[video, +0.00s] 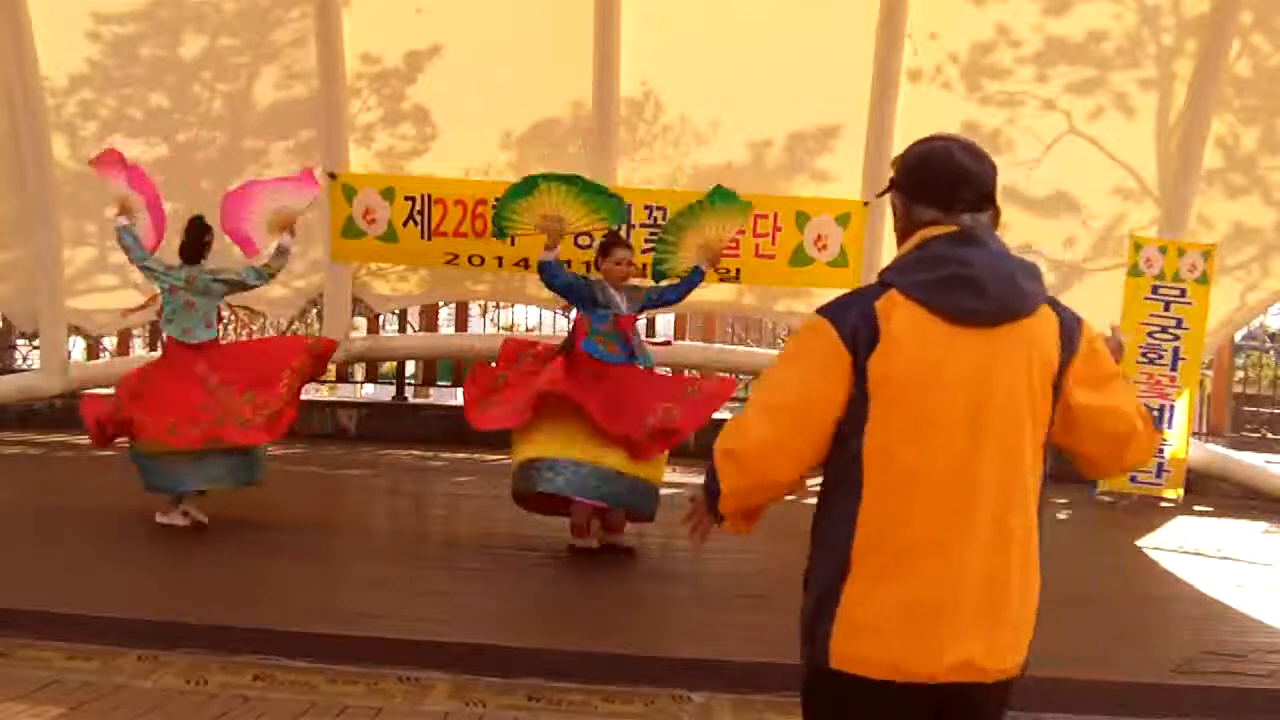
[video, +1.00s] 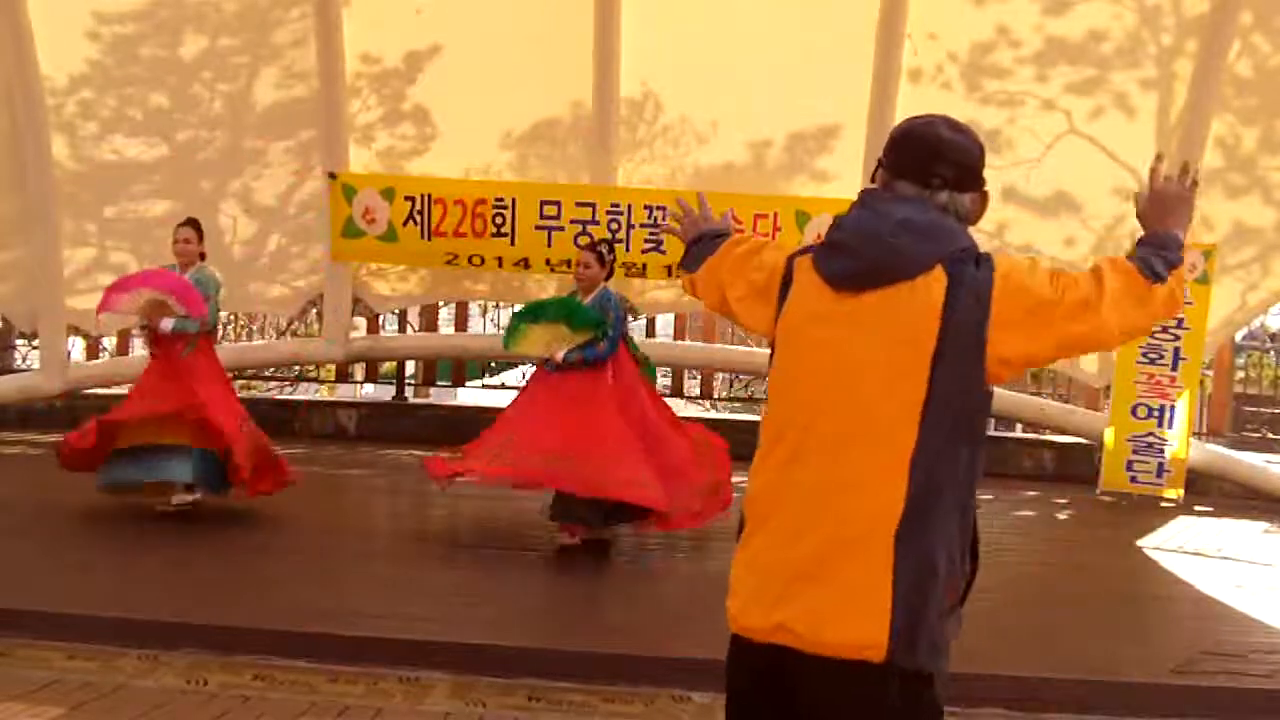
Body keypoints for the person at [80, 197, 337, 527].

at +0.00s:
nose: (207, 247)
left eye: (197, 238)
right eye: (209, 242)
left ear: (182, 244)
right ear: (208, 248)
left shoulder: (168, 276)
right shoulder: (216, 282)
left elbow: (137, 256)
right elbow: (260, 275)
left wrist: (123, 222)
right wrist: (286, 240)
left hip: (173, 361)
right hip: (207, 362)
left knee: (172, 429)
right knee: (199, 429)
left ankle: (175, 506)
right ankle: (189, 502)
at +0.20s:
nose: (215, 249)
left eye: (214, 243)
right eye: (211, 243)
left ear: (190, 246)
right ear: (196, 246)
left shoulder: (186, 276)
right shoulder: (185, 277)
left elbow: (216, 288)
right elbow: (217, 290)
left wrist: (237, 264)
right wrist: (239, 265)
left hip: (189, 362)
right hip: (188, 363)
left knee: (189, 432)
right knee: (193, 433)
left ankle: (177, 503)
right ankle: (175, 505)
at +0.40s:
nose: (214, 253)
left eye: (215, 247)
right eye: (208, 247)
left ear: (211, 250)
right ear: (188, 250)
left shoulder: (215, 286)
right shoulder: (179, 280)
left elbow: (255, 298)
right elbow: (148, 291)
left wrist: (298, 294)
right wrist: (150, 251)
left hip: (201, 365)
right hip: (177, 365)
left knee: (190, 430)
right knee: (176, 429)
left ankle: (168, 499)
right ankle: (154, 494)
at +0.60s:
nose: (208, 255)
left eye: (212, 249)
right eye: (201, 249)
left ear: (217, 253)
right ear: (187, 253)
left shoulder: (223, 294)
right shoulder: (172, 285)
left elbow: (241, 329)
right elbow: (136, 301)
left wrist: (255, 350)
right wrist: (109, 323)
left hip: (200, 363)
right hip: (167, 361)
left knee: (193, 428)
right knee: (162, 423)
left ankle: (173, 502)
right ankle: (158, 496)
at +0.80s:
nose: (193, 250)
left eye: (200, 244)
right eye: (188, 243)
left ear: (209, 250)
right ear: (180, 247)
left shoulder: (215, 286)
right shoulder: (163, 279)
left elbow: (213, 328)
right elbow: (138, 317)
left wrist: (185, 333)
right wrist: (152, 331)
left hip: (195, 361)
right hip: (159, 358)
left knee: (194, 423)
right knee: (161, 419)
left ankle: (178, 494)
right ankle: (160, 488)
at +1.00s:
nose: (181, 247)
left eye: (188, 242)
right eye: (177, 241)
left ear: (201, 246)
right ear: (171, 245)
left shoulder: (206, 278)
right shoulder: (165, 277)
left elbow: (208, 321)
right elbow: (152, 315)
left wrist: (168, 323)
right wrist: (147, 324)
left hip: (195, 357)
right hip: (166, 355)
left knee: (194, 416)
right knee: (165, 415)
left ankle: (192, 486)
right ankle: (171, 484)